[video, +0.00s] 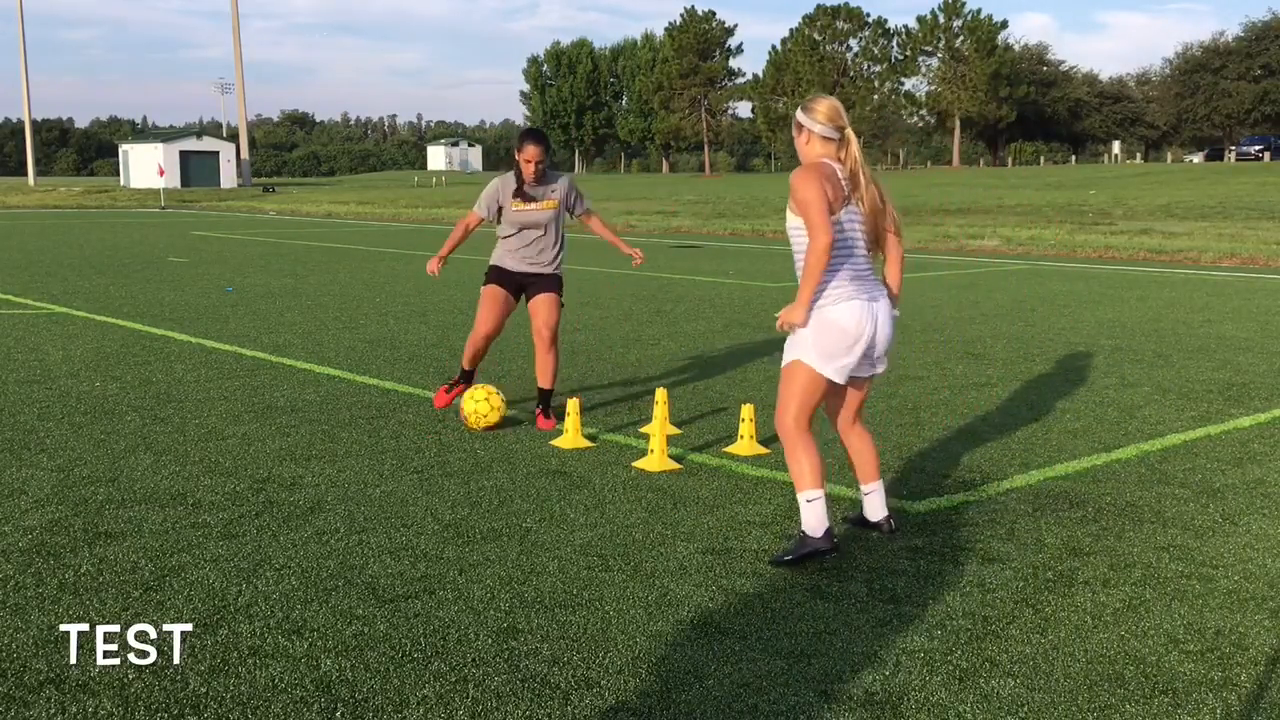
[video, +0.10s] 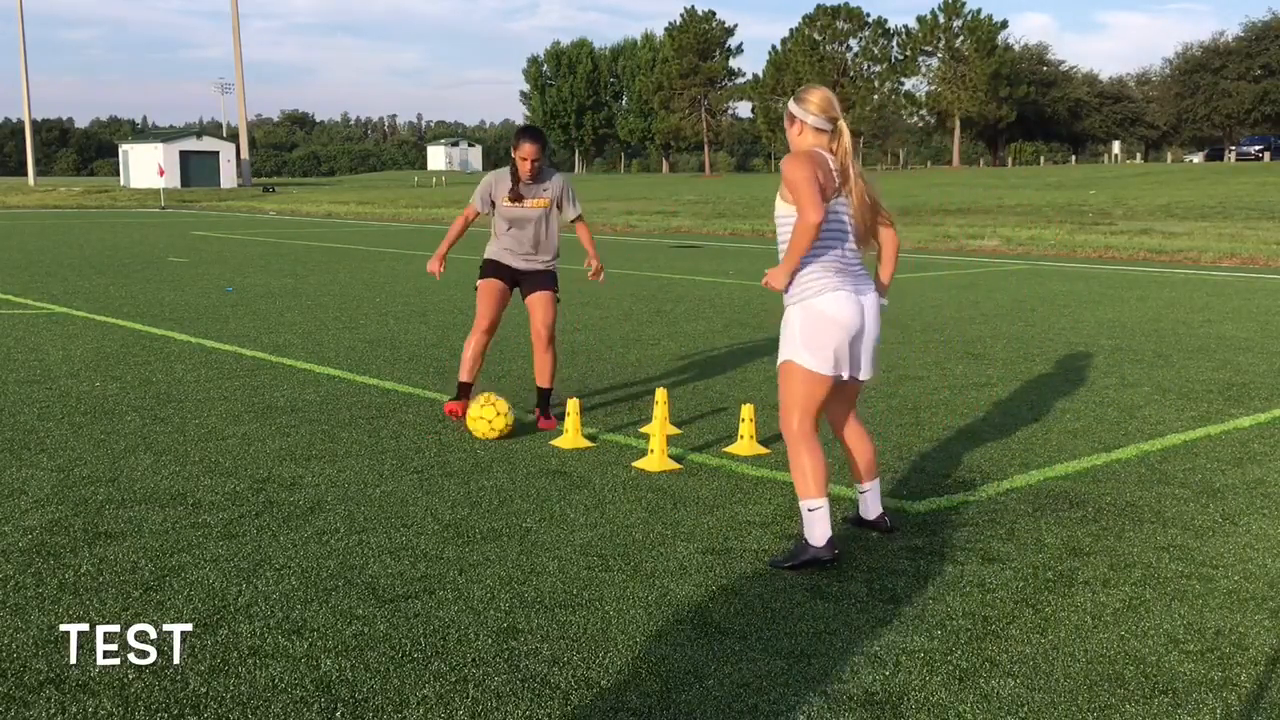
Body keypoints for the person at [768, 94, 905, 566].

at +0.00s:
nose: (794, 140)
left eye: (796, 133)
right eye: (796, 133)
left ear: (805, 134)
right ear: (839, 137)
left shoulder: (808, 175)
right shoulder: (862, 179)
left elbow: (821, 240)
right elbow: (892, 243)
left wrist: (800, 304)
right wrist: (889, 300)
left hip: (833, 312)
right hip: (876, 311)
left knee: (791, 420)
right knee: (847, 416)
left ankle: (816, 531)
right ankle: (878, 515)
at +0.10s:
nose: (785, 130)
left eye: (787, 122)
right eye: (787, 122)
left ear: (797, 124)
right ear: (829, 128)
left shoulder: (798, 161)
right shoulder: (845, 171)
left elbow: (812, 215)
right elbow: (888, 234)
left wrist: (784, 268)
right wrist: (881, 287)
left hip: (820, 305)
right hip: (863, 303)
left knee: (797, 423)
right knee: (843, 413)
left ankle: (818, 540)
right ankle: (874, 512)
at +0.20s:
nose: (773, 122)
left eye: (774, 114)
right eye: (775, 115)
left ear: (783, 115)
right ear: (818, 118)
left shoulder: (789, 146)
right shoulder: (837, 158)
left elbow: (813, 190)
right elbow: (880, 221)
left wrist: (782, 246)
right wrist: (869, 279)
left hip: (819, 286)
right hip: (859, 287)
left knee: (777, 409)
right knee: (822, 406)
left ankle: (805, 529)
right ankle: (853, 510)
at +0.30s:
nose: (760, 136)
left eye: (761, 128)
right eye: (761, 128)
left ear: (771, 129)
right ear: (803, 131)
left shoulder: (782, 163)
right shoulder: (829, 169)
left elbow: (798, 210)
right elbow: (871, 228)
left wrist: (768, 272)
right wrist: (876, 284)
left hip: (816, 303)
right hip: (853, 301)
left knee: (770, 422)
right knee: (797, 418)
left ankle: (787, 541)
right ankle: (831, 520)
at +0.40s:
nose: (751, 172)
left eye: (751, 163)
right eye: (750, 163)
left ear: (764, 158)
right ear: (794, 157)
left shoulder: (777, 196)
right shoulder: (826, 197)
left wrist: (711, 305)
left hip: (822, 331)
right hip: (845, 328)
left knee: (762, 431)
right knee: (741, 407)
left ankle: (793, 552)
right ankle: (801, 505)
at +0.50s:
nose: (741, 194)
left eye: (740, 185)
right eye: (740, 186)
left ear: (751, 180)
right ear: (782, 178)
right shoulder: (819, 210)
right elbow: (876, 245)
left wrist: (665, 309)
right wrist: (924, 283)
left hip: (842, 345)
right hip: (842, 340)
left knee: (762, 437)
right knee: (738, 390)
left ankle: (795, 554)